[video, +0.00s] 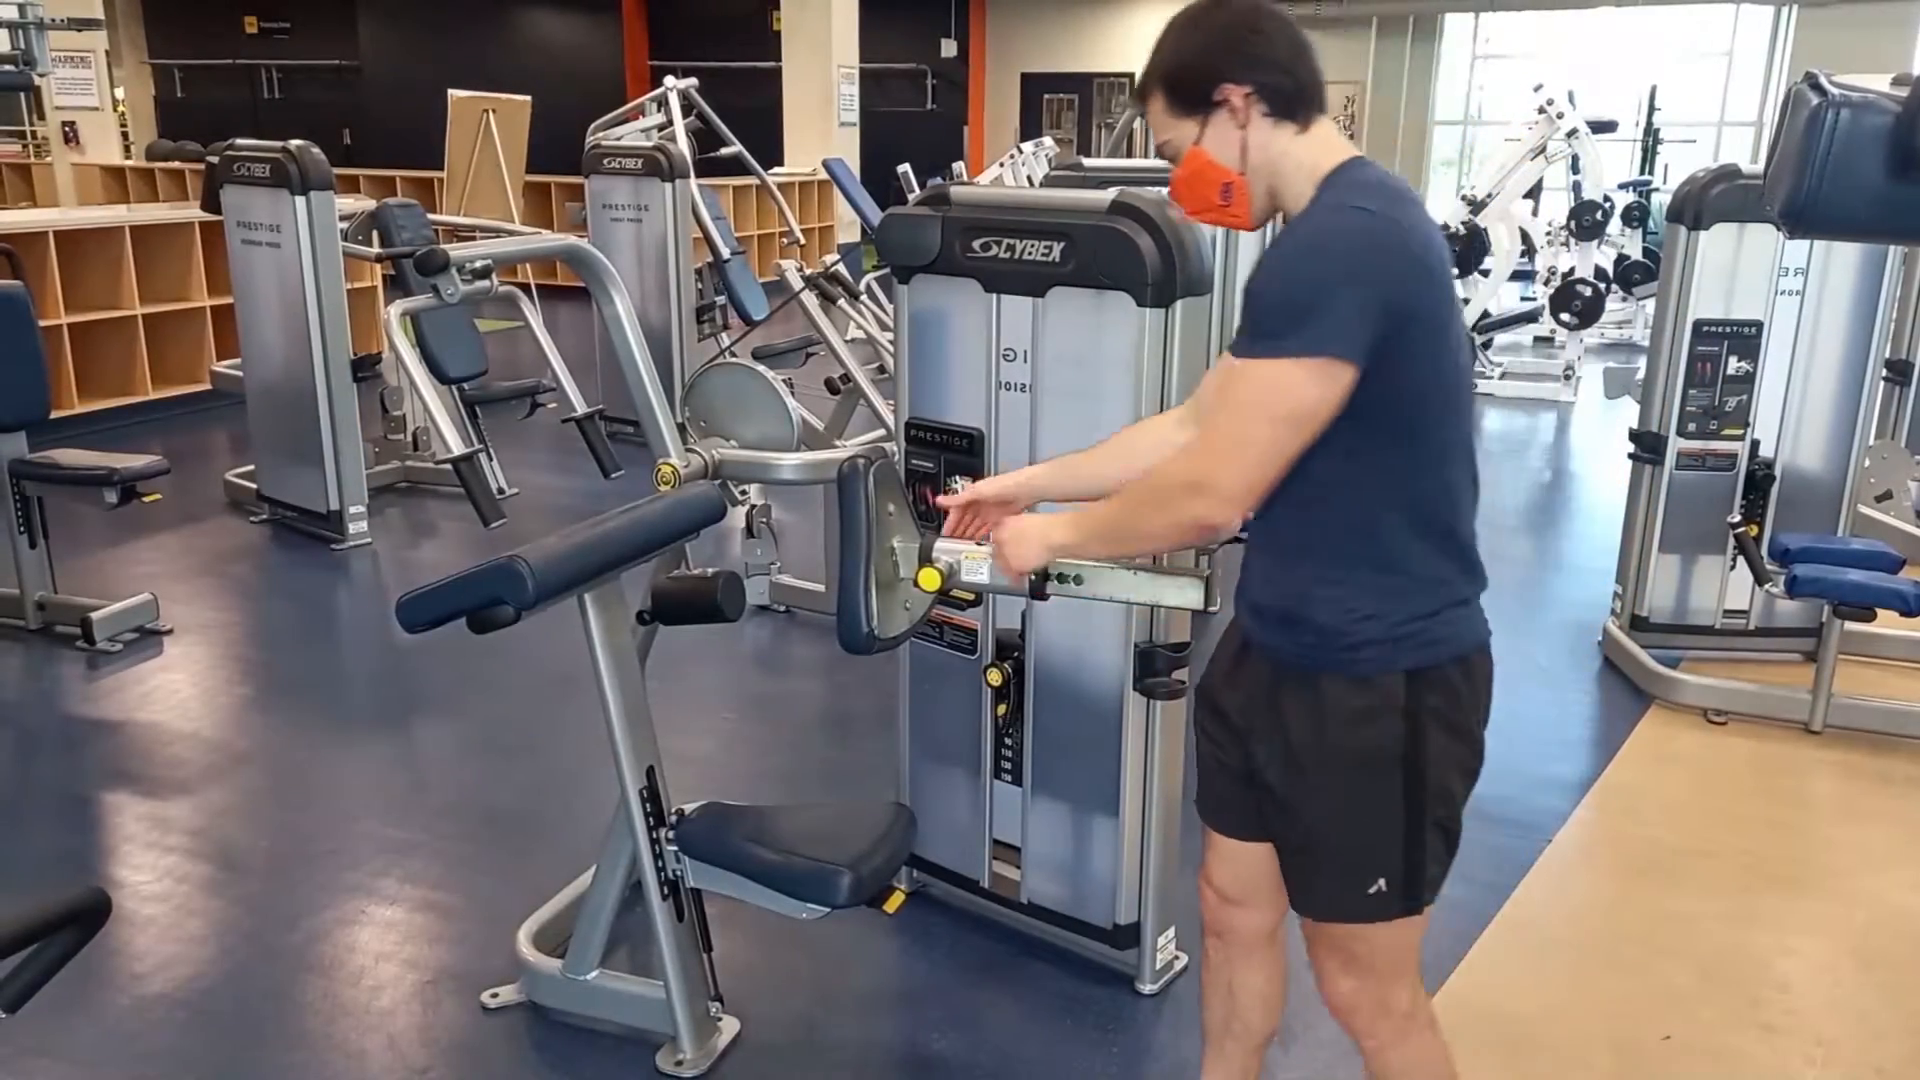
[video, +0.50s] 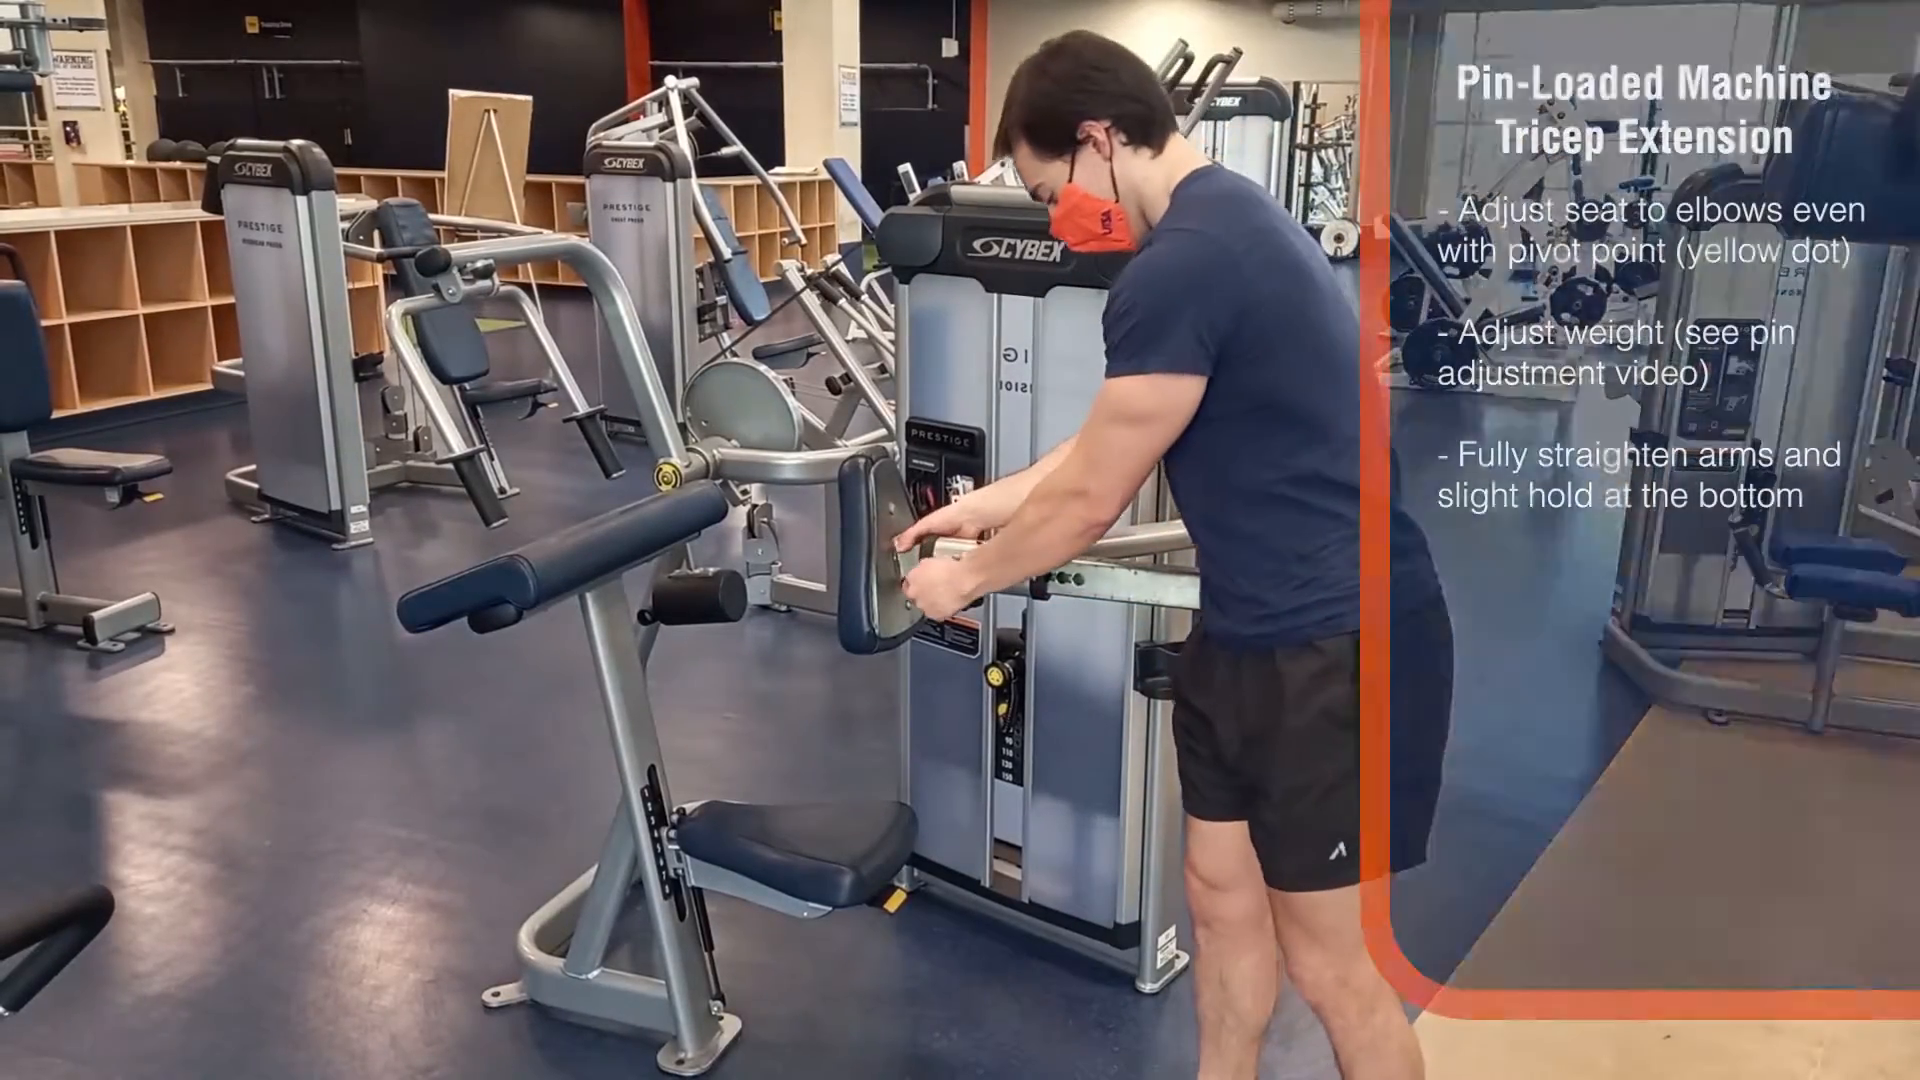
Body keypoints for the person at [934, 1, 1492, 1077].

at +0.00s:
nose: (1187, 175)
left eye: (1183, 143)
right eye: (1176, 151)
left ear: (1240, 107)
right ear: (1253, 108)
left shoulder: (1353, 235)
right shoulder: (1311, 237)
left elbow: (1220, 490)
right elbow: (1195, 429)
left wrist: (1055, 537)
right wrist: (1023, 485)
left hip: (1380, 673)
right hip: (1274, 644)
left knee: (1372, 989)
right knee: (1236, 912)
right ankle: (1229, 1070)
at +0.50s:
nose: (1063, 211)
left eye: (1053, 187)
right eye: (1047, 194)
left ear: (1098, 138)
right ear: (1115, 132)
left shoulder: (1191, 258)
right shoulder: (1214, 223)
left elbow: (1093, 498)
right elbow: (1129, 436)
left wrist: (968, 578)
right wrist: (993, 502)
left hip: (1333, 633)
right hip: (1241, 625)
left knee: (1327, 954)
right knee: (1221, 894)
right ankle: (1226, 1076)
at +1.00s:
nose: (1032, 222)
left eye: (1021, 196)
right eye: (1016, 204)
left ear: (1061, 149)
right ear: (1079, 140)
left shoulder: (1179, 259)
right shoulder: (1176, 230)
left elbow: (1084, 508)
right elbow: (1077, 439)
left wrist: (968, 574)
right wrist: (931, 513)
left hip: (1312, 639)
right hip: (1220, 631)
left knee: (1334, 943)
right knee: (1209, 896)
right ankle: (1223, 1078)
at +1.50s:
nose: (1020, 218)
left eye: (1010, 192)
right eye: (1004, 199)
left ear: (1055, 146)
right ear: (1070, 138)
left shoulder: (1175, 257)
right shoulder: (1158, 242)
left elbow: (1086, 508)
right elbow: (1058, 432)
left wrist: (969, 573)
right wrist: (913, 514)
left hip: (1305, 633)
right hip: (1217, 627)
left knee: (1328, 946)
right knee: (1210, 893)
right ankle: (1223, 1077)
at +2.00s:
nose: (1025, 212)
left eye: (1013, 183)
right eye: (1008, 193)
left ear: (1064, 138)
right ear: (1075, 137)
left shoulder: (1175, 243)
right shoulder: (1156, 240)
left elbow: (1094, 490)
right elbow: (1056, 430)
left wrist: (962, 568)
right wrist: (913, 510)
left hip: (1289, 633)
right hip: (1204, 627)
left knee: (1272, 963)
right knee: (1191, 902)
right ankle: (1216, 1075)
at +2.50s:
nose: (1026, 203)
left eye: (1016, 174)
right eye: (1011, 181)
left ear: (1064, 128)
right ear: (1082, 122)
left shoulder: (1173, 258)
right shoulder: (1200, 221)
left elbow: (1189, 544)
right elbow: (1124, 445)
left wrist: (1088, 694)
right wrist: (951, 475)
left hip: (1257, 668)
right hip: (1259, 654)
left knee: (1230, 995)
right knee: (1228, 962)